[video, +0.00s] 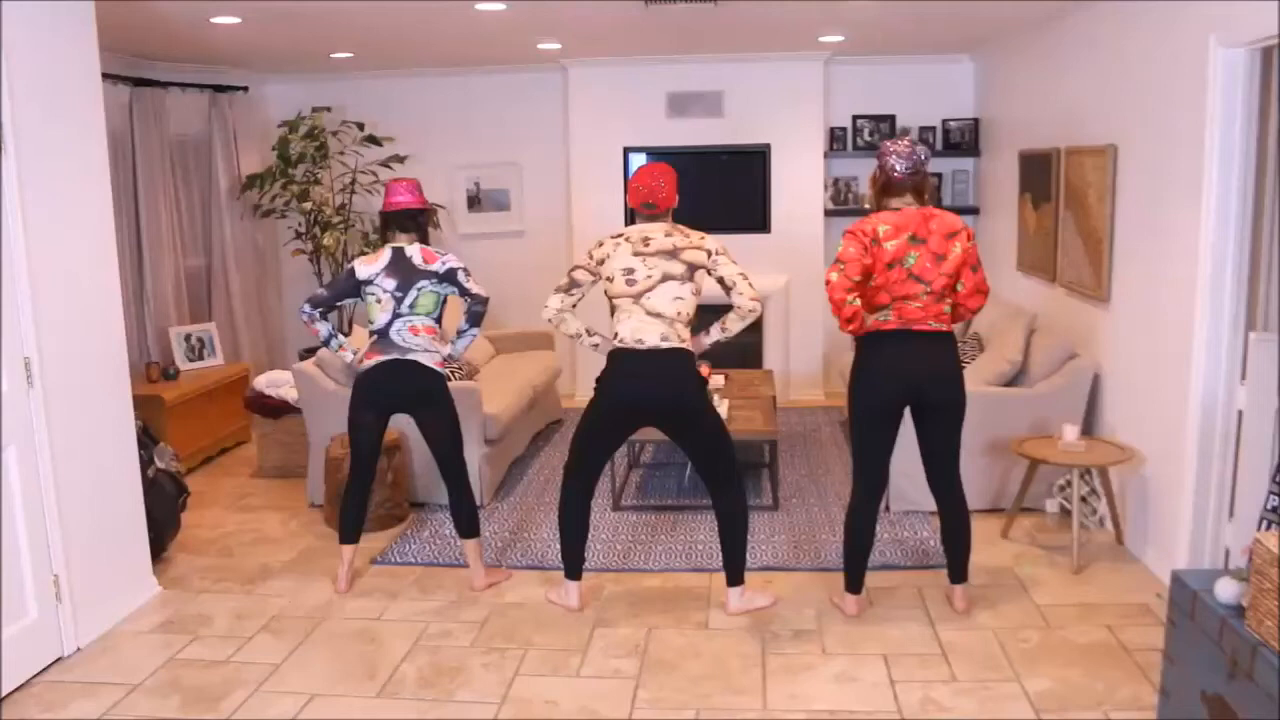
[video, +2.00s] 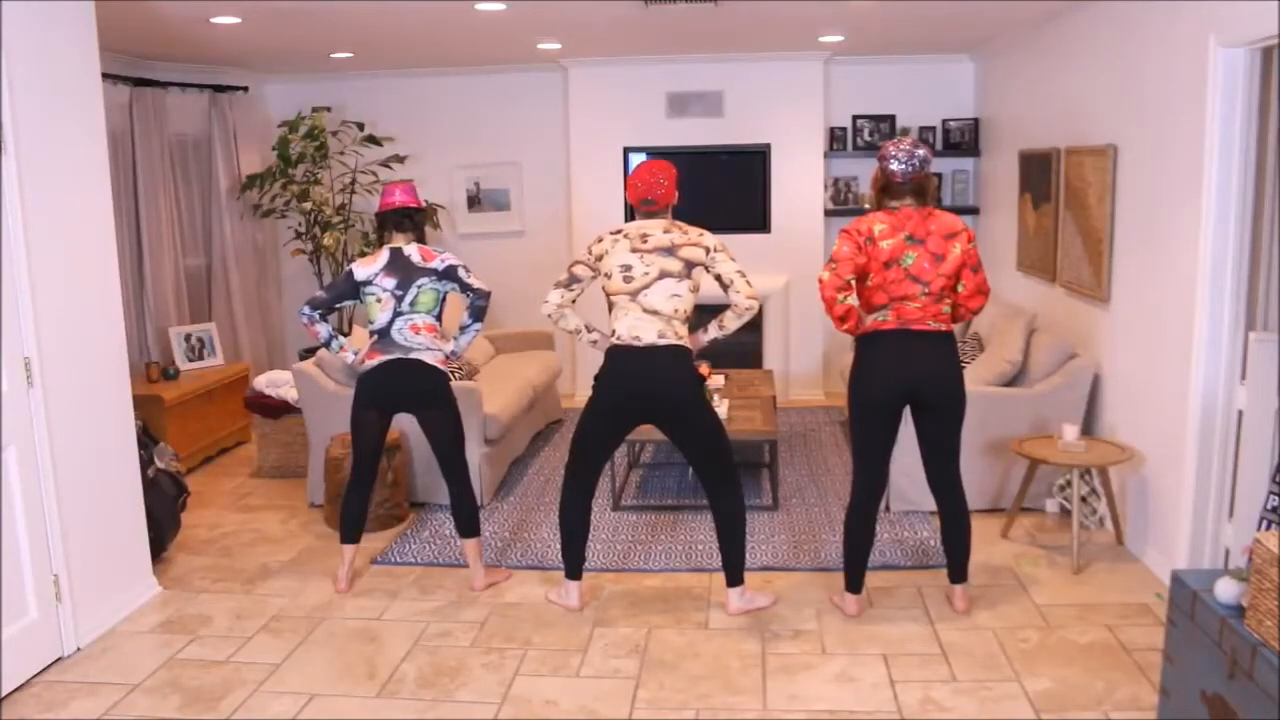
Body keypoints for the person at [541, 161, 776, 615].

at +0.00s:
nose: (651, 204)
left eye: (641, 197)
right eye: (667, 196)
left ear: (631, 202)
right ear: (674, 201)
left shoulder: (607, 247)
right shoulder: (700, 244)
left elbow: (556, 309)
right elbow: (748, 302)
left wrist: (605, 345)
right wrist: (701, 341)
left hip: (622, 379)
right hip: (679, 381)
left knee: (578, 476)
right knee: (725, 479)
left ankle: (571, 588)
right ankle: (736, 591)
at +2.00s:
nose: (668, 199)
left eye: (645, 194)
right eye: (671, 192)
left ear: (631, 199)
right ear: (674, 198)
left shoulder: (606, 243)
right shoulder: (699, 240)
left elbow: (555, 305)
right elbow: (746, 300)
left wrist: (603, 341)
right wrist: (701, 338)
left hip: (619, 376)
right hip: (676, 377)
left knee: (579, 475)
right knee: (721, 477)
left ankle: (571, 588)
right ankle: (736, 591)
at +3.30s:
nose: (617, 212)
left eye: (610, 206)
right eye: (624, 203)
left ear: (606, 205)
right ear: (647, 201)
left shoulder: (591, 240)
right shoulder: (680, 231)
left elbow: (562, 299)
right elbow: (709, 300)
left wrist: (598, 342)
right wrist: (670, 314)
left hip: (624, 367)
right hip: (675, 365)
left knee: (576, 471)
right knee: (701, 471)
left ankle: (598, 582)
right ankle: (714, 582)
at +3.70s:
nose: (573, 193)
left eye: (580, 186)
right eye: (575, 185)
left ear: (603, 193)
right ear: (613, 194)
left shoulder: (594, 234)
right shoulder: (642, 228)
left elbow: (612, 294)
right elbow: (667, 291)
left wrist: (609, 346)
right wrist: (628, 340)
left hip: (656, 359)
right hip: (686, 355)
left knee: (592, 466)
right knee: (662, 458)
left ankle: (626, 571)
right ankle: (683, 560)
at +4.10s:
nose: (559, 217)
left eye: (571, 210)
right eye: (558, 209)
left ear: (596, 220)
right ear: (556, 217)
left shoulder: (617, 262)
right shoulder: (583, 258)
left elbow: (683, 296)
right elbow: (615, 292)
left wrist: (650, 342)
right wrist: (595, 314)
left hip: (672, 363)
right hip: (637, 363)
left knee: (646, 465)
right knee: (600, 456)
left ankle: (666, 577)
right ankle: (631, 545)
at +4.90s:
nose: (627, 205)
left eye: (635, 196)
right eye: (619, 196)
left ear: (649, 192)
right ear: (606, 194)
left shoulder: (674, 226)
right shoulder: (584, 224)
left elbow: (716, 272)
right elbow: (546, 279)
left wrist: (680, 320)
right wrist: (599, 288)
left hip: (656, 350)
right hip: (603, 352)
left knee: (694, 445)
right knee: (585, 451)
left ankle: (701, 547)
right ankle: (598, 550)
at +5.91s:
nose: (619, 265)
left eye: (627, 254)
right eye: (611, 254)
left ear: (641, 257)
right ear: (596, 255)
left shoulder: (664, 287)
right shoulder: (574, 286)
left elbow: (694, 315)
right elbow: (548, 318)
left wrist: (664, 365)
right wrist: (594, 347)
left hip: (652, 380)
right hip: (593, 381)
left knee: (704, 459)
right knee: (543, 468)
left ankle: (703, 553)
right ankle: (554, 555)